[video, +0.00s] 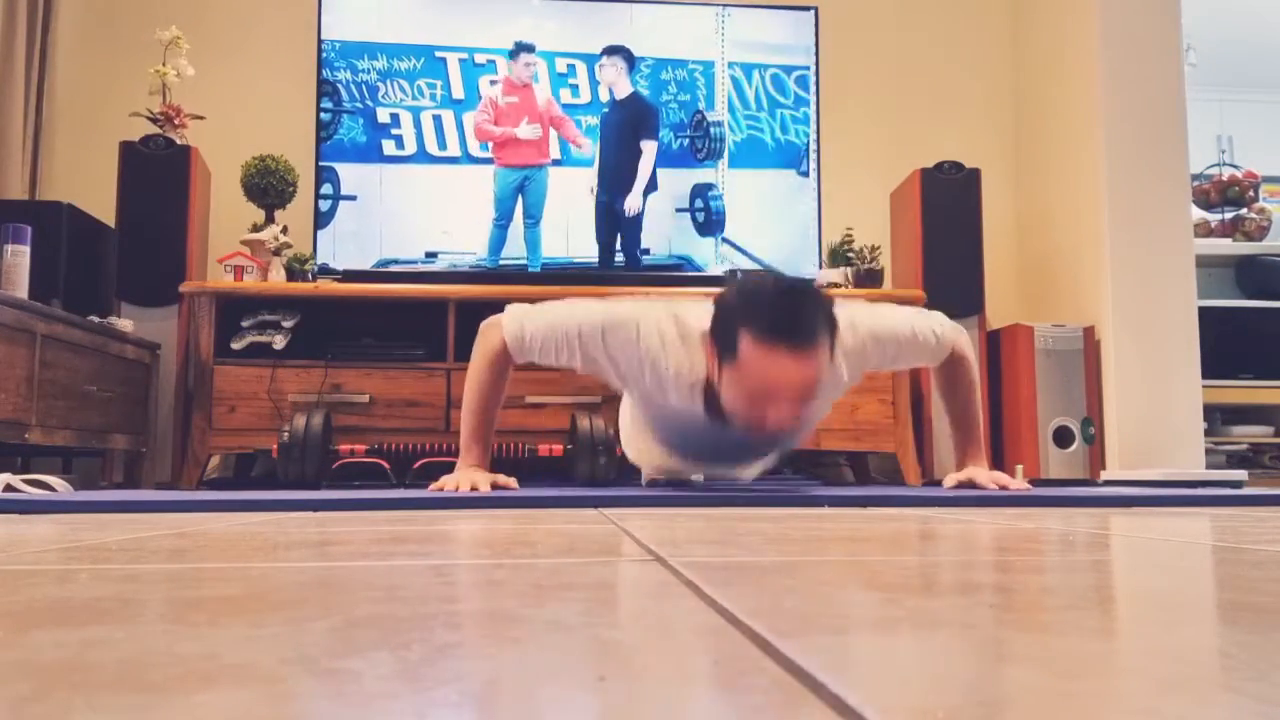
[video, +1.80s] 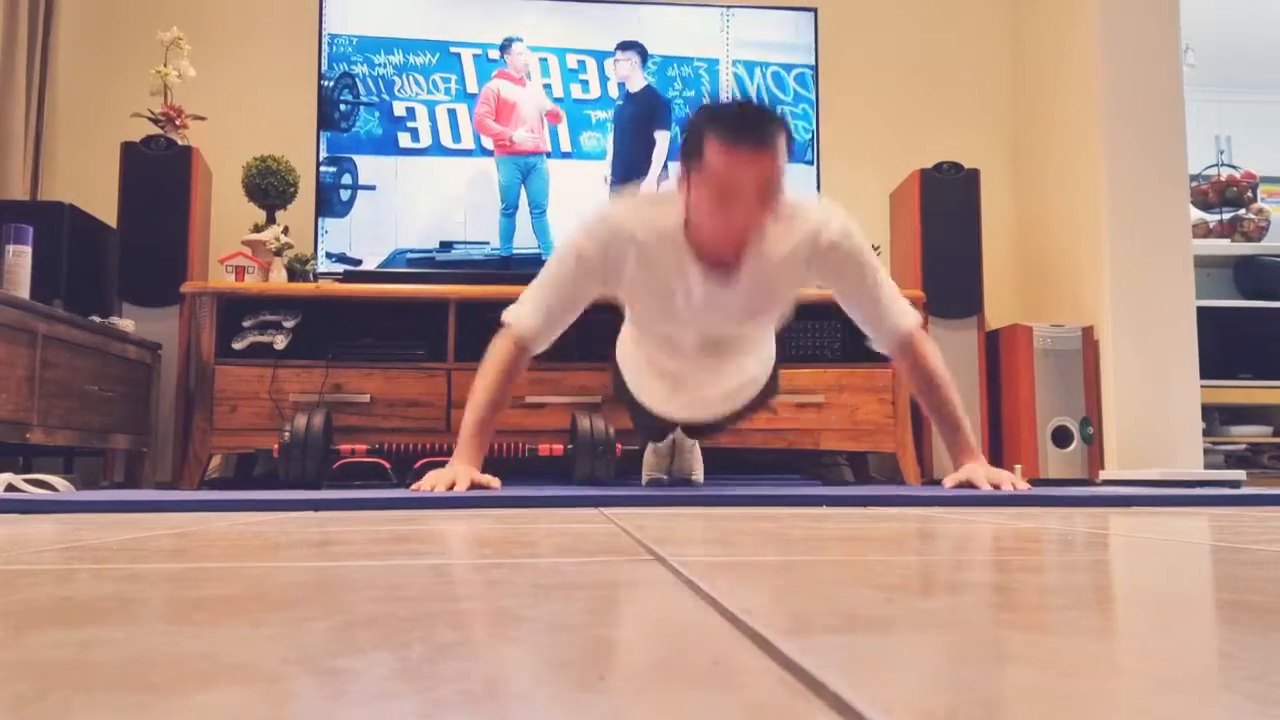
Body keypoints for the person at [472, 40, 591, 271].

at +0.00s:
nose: (531, 70)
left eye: (534, 65)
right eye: (526, 65)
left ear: (536, 65)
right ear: (512, 65)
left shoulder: (541, 94)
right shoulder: (495, 96)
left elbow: (561, 121)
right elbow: (480, 129)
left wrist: (578, 139)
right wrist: (515, 132)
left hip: (537, 169)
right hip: (507, 169)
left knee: (533, 221)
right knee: (501, 220)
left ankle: (534, 270)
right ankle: (491, 267)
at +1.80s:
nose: (526, 58)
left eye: (526, 54)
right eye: (520, 55)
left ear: (528, 56)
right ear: (506, 58)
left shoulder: (534, 88)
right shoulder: (494, 87)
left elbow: (556, 118)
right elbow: (480, 120)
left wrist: (552, 112)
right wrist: (512, 135)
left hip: (537, 157)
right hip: (509, 158)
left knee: (540, 209)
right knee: (509, 208)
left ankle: (548, 254)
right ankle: (506, 254)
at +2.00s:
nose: (529, 58)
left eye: (529, 53)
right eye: (524, 54)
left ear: (528, 56)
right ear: (509, 56)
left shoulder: (534, 87)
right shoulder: (494, 87)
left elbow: (557, 118)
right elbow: (482, 121)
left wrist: (548, 103)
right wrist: (514, 137)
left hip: (537, 157)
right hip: (509, 158)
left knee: (540, 208)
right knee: (509, 208)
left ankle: (548, 255)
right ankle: (506, 255)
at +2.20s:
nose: (532, 61)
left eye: (533, 56)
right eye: (527, 56)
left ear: (531, 58)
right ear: (512, 57)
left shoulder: (534, 85)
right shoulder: (492, 87)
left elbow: (552, 117)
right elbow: (480, 121)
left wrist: (551, 113)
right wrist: (510, 140)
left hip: (536, 157)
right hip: (508, 157)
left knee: (538, 207)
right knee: (507, 207)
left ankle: (547, 257)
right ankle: (504, 255)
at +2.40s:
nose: (533, 59)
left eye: (533, 54)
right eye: (528, 54)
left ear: (530, 55)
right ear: (512, 55)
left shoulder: (534, 82)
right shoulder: (494, 82)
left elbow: (553, 118)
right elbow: (481, 119)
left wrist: (547, 108)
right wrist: (511, 140)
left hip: (535, 156)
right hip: (506, 156)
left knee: (540, 204)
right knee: (504, 206)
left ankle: (538, 255)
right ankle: (500, 254)